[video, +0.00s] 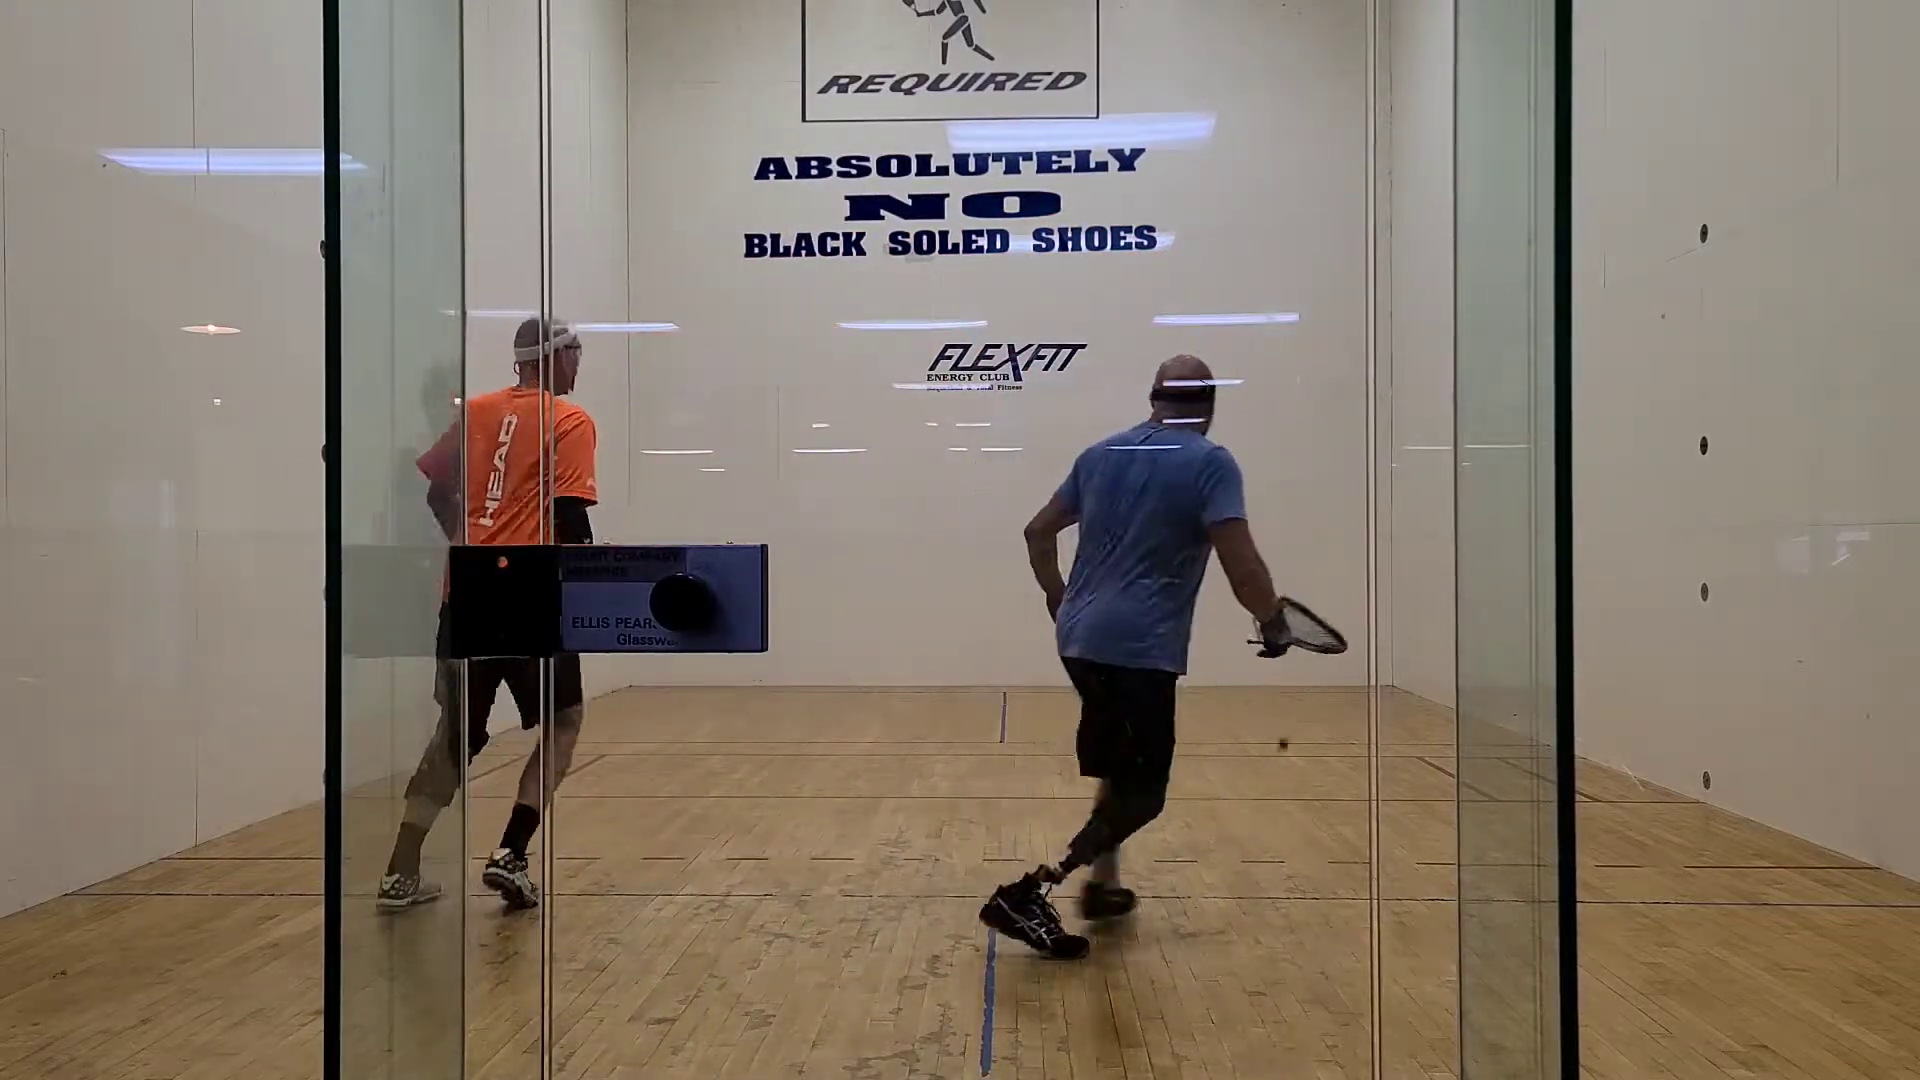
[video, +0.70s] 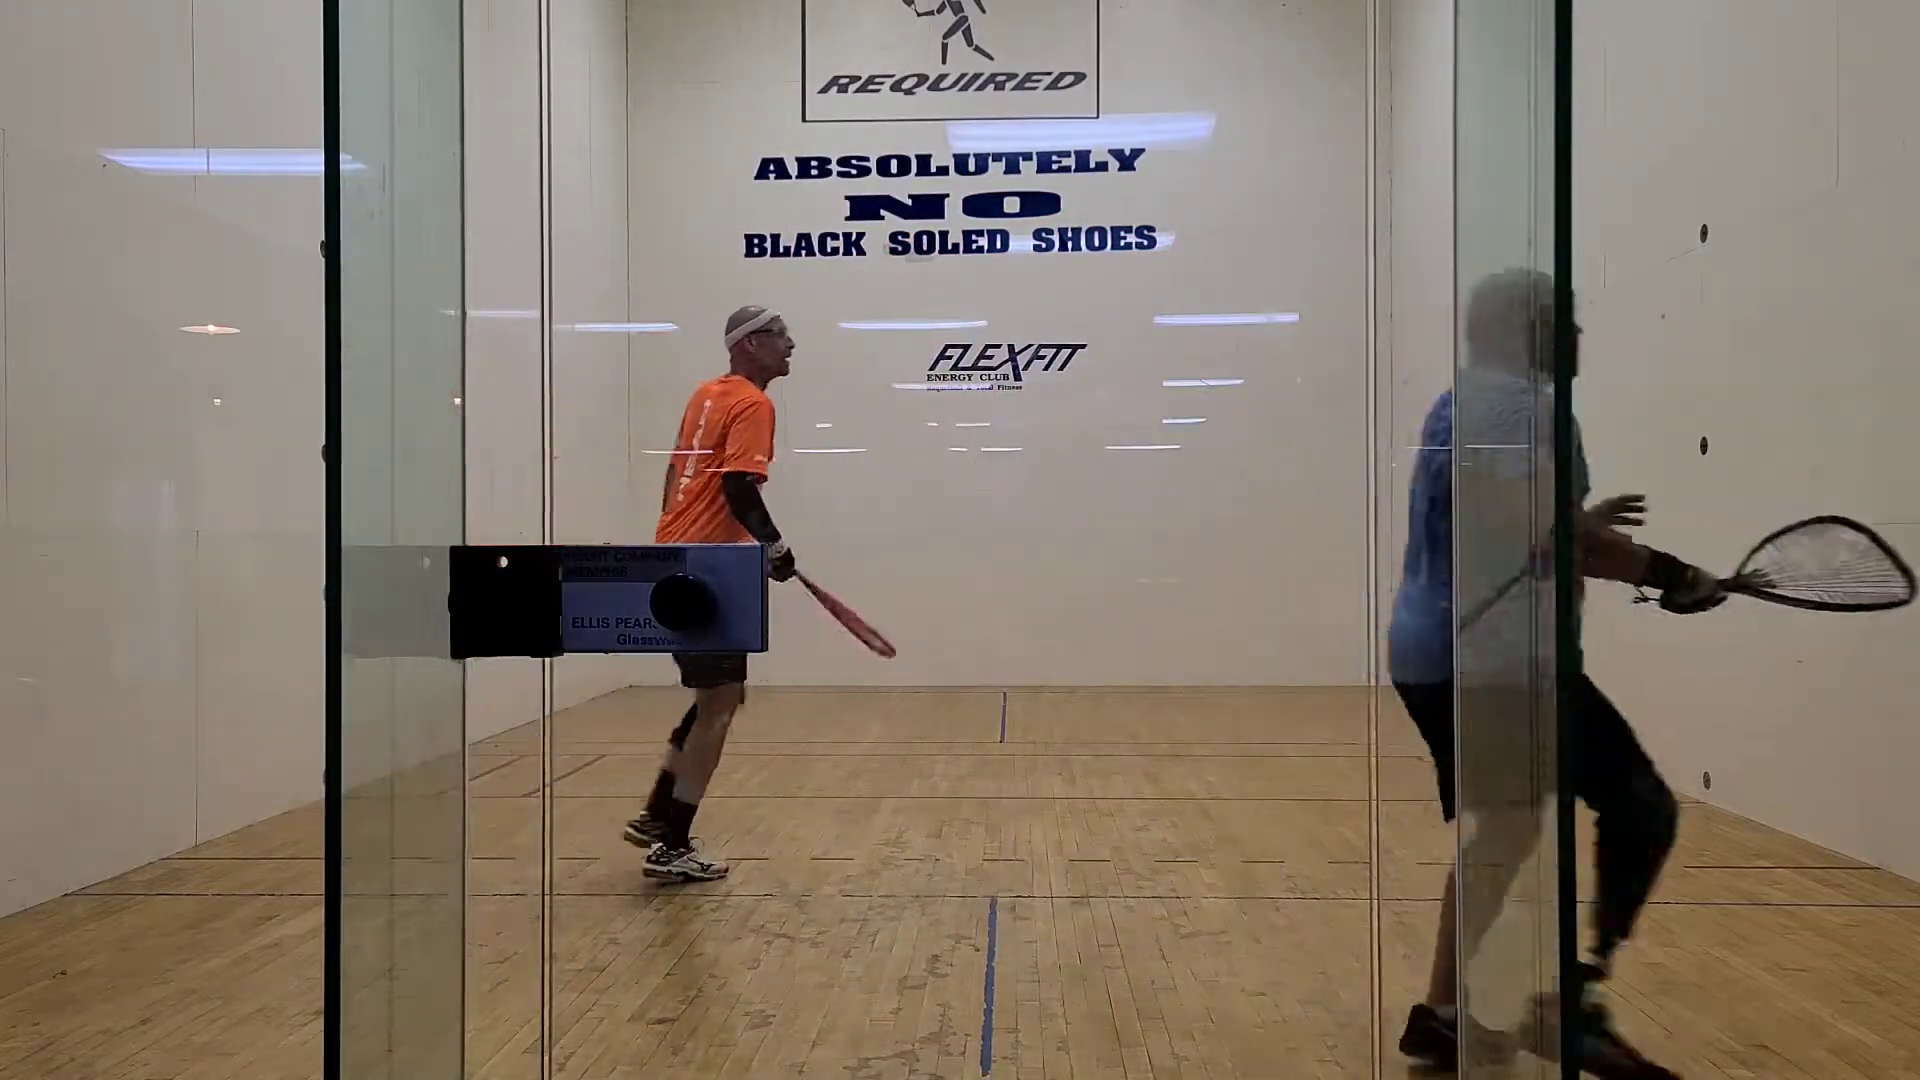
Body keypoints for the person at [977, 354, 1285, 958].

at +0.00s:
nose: (1206, 412)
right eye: (1208, 403)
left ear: (1153, 402)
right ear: (1209, 405)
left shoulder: (1101, 455)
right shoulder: (1210, 462)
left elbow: (1039, 531)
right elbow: (1240, 562)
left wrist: (1056, 595)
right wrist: (1271, 620)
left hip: (1077, 639)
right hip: (1142, 649)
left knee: (1115, 761)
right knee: (1143, 794)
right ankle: (1034, 891)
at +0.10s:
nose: (1255, 409)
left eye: (1249, 399)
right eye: (1255, 399)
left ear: (1196, 396)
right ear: (1249, 398)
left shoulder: (1139, 445)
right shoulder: (1247, 457)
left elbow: (1078, 528)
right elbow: (1273, 565)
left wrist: (1109, 597)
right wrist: (1310, 626)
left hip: (1122, 642)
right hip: (1189, 646)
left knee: (1205, 766)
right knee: (1231, 788)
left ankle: (1219, 903)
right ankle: (1101, 872)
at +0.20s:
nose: (1295, 415)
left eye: (1293, 405)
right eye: (1293, 405)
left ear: (1232, 407)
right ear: (1283, 407)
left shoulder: (1179, 465)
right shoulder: (1279, 469)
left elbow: (1132, 555)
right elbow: (1302, 575)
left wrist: (1182, 606)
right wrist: (1349, 631)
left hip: (1171, 663)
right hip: (1237, 661)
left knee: (1254, 769)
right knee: (1325, 789)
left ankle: (1236, 907)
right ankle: (1257, 888)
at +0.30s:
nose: (1337, 418)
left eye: (1335, 407)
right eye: (1336, 407)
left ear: (1271, 408)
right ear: (1326, 407)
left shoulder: (1230, 470)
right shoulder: (1319, 472)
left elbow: (1203, 572)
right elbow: (1340, 582)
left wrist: (1288, 596)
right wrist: (1404, 628)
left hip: (1216, 669)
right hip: (1285, 672)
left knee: (1273, 772)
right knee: (1401, 793)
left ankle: (1237, 912)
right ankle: (1399, 943)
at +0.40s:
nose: (1390, 388)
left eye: (1385, 378)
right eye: (1387, 377)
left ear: (1317, 386)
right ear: (1374, 381)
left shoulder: (1277, 453)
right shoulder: (1374, 446)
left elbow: (1259, 565)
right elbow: (1395, 554)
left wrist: (1359, 571)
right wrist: (1465, 605)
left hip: (1279, 659)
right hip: (1349, 664)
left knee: (1301, 771)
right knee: (1444, 793)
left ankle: (1248, 903)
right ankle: (1430, 980)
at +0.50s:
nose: (1446, 359)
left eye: (1442, 348)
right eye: (1441, 348)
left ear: (1374, 359)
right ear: (1427, 350)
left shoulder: (1333, 433)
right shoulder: (1432, 415)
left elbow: (1315, 549)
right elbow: (1466, 530)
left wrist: (1405, 559)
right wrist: (1537, 572)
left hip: (1328, 655)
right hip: (1409, 658)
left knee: (1365, 779)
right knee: (1486, 814)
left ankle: (1313, 924)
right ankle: (1440, 984)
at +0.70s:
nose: (1578, 342)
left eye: (1574, 326)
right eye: (1566, 328)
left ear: (1498, 331)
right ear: (1529, 333)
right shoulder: (1517, 412)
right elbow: (1539, 542)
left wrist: (1578, 528)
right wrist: (1660, 572)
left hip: (1442, 657)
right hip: (1499, 662)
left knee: (1494, 832)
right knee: (1642, 810)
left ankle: (1444, 1010)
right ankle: (1582, 992)